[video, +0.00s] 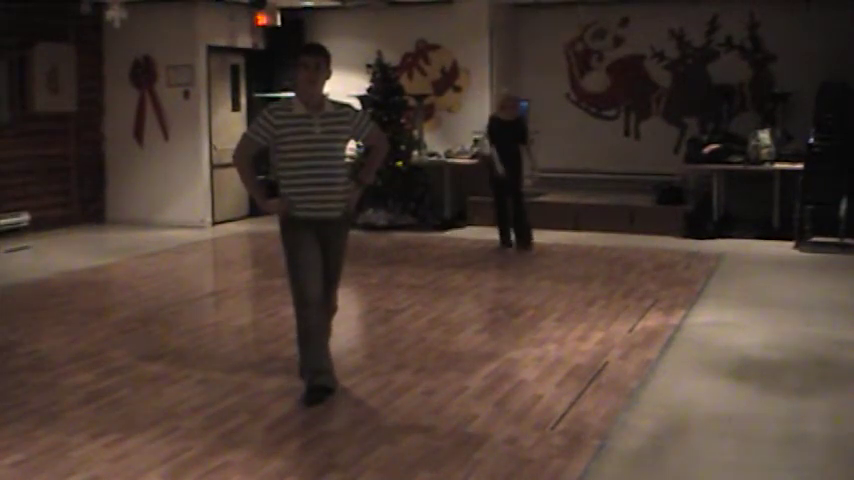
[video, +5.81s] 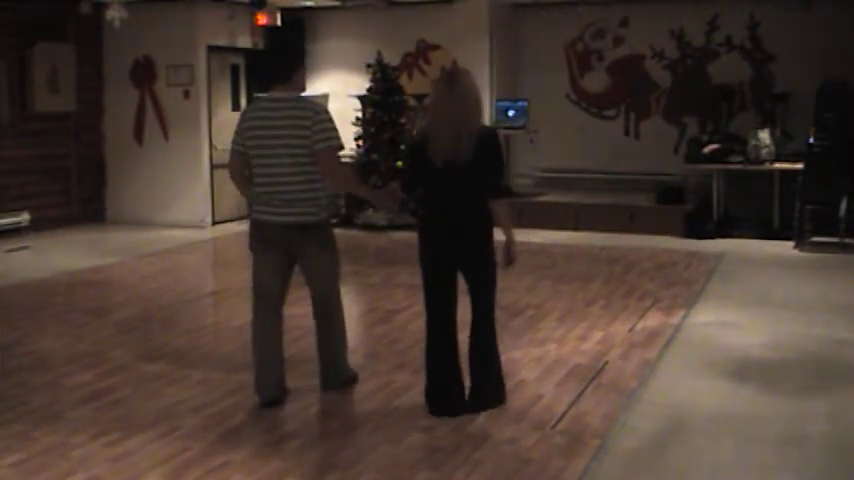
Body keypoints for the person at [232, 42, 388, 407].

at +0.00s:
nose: (311, 76)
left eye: (318, 69)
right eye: (305, 69)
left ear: (328, 74)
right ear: (295, 73)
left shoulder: (344, 114)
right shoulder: (276, 115)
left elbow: (380, 145)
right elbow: (241, 155)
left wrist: (358, 185)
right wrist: (262, 199)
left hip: (336, 218)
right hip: (297, 218)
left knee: (326, 297)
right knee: (309, 298)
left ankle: (314, 361)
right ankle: (318, 378)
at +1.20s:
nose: (330, 74)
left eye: (331, 68)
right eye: (323, 68)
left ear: (326, 72)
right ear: (304, 71)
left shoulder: (325, 111)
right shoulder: (291, 111)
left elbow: (334, 158)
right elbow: (275, 160)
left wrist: (337, 194)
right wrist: (290, 198)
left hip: (331, 212)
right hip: (308, 214)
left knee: (324, 290)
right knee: (328, 292)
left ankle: (311, 362)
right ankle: (328, 373)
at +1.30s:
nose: (333, 71)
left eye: (332, 66)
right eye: (327, 66)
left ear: (314, 72)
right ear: (308, 71)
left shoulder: (314, 108)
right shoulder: (299, 109)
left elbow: (311, 156)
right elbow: (290, 149)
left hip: (320, 211)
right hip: (311, 212)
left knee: (318, 287)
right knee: (334, 290)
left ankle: (305, 361)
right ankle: (330, 371)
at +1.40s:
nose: (327, 72)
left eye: (325, 65)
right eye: (323, 66)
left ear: (300, 71)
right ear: (312, 70)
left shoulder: (292, 105)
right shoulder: (315, 106)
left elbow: (277, 143)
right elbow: (327, 156)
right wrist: (333, 202)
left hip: (299, 209)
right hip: (319, 209)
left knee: (315, 288)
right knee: (336, 291)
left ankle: (304, 364)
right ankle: (333, 370)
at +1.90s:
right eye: (302, 67)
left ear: (275, 75)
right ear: (306, 71)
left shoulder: (263, 112)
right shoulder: (329, 107)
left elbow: (226, 150)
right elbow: (364, 142)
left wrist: (251, 181)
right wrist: (377, 172)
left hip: (287, 216)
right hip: (329, 212)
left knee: (290, 294)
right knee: (331, 296)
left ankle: (295, 368)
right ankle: (331, 376)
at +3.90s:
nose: (335, 70)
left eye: (333, 64)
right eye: (334, 65)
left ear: (300, 68)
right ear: (330, 68)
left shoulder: (285, 106)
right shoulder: (342, 107)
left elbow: (257, 142)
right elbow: (356, 153)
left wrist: (258, 180)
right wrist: (398, 187)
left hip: (290, 209)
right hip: (332, 209)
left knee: (293, 288)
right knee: (339, 288)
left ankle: (290, 365)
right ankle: (343, 359)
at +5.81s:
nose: (304, 73)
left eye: (301, 66)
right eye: (302, 67)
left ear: (266, 71)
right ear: (298, 70)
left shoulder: (252, 112)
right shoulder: (313, 112)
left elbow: (237, 168)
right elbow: (333, 172)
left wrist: (257, 200)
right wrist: (373, 194)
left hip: (266, 226)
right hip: (310, 225)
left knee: (266, 305)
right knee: (326, 299)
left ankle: (269, 388)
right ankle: (335, 374)